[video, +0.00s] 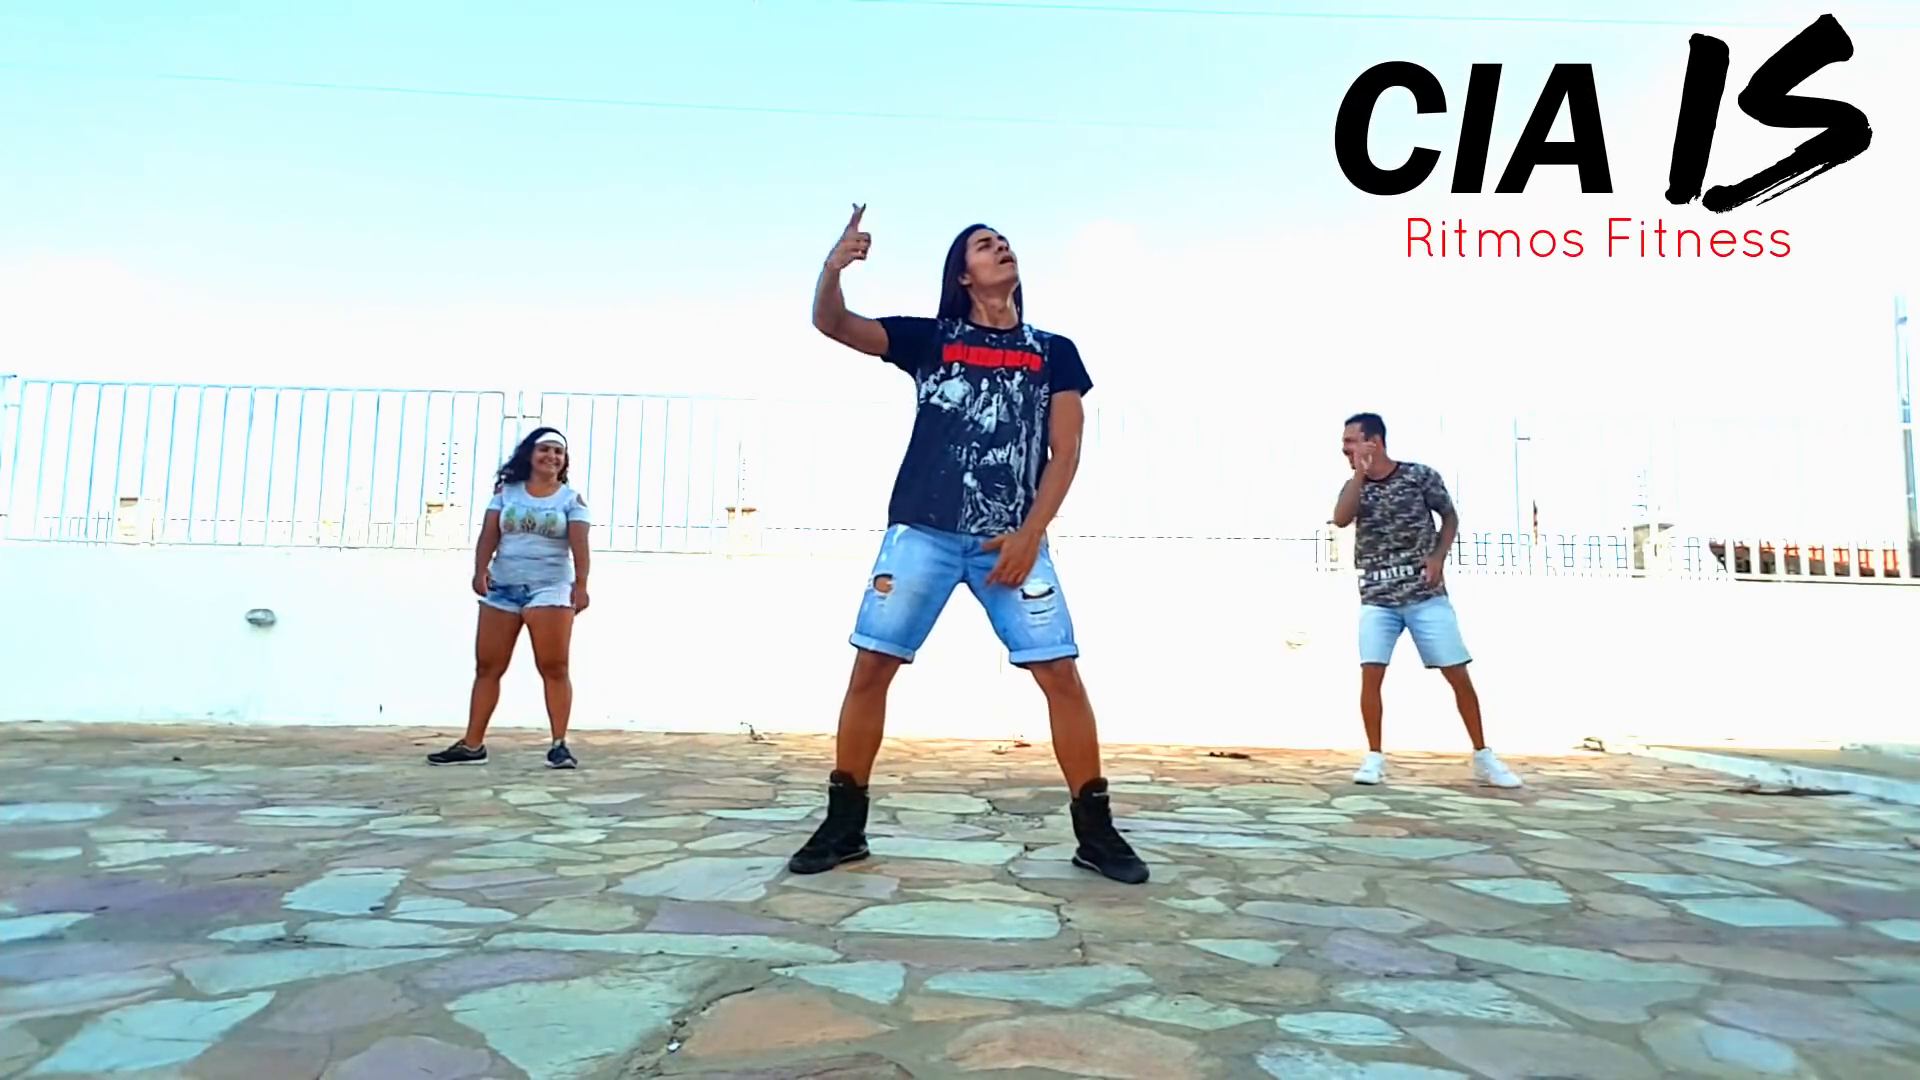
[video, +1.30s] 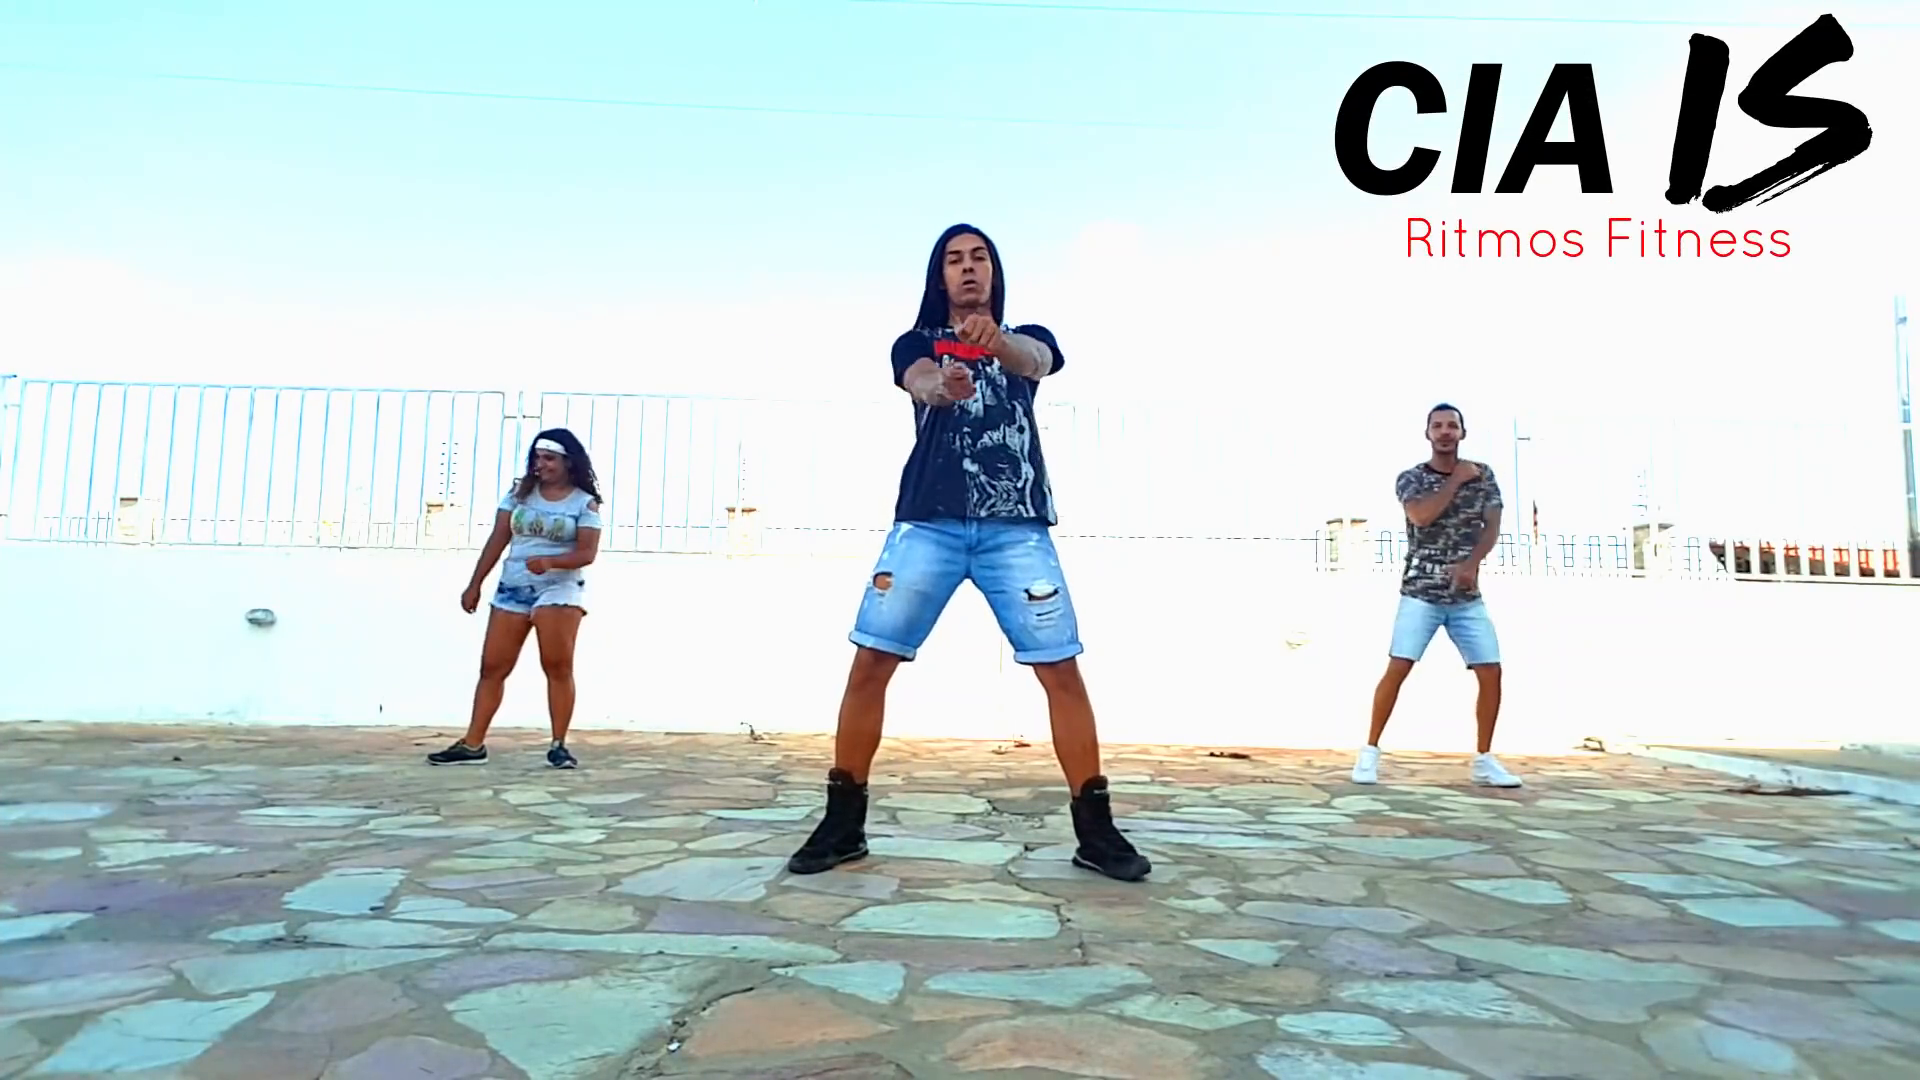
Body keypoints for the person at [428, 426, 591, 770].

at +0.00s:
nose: (550, 454)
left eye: (557, 451)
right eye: (544, 449)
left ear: (564, 460)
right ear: (528, 455)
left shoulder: (571, 500)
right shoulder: (506, 492)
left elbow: (580, 545)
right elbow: (489, 533)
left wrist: (581, 584)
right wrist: (481, 568)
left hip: (550, 589)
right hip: (501, 587)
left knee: (554, 668)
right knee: (487, 667)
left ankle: (559, 743)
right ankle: (472, 743)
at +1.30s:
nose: (543, 464)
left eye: (551, 458)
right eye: (538, 457)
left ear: (570, 462)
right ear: (533, 460)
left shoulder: (584, 504)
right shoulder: (518, 495)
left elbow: (587, 554)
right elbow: (497, 541)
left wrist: (551, 563)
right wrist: (475, 583)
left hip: (558, 591)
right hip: (513, 588)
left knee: (558, 667)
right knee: (492, 667)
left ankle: (558, 745)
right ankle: (472, 743)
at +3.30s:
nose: (527, 459)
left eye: (535, 454)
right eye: (520, 454)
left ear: (550, 462)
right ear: (513, 463)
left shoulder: (561, 496)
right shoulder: (500, 497)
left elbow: (564, 513)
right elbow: (486, 523)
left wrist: (553, 517)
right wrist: (489, 536)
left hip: (543, 589)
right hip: (494, 586)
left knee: (553, 668)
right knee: (479, 666)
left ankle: (558, 744)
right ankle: (471, 744)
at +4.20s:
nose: (531, 454)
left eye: (537, 449)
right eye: (523, 449)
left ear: (545, 459)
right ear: (510, 458)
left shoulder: (555, 495)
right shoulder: (493, 497)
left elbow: (565, 516)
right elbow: (470, 534)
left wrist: (561, 525)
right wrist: (449, 562)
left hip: (539, 588)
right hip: (489, 587)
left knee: (551, 669)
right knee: (471, 668)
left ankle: (556, 744)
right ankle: (471, 744)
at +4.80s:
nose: (489, 446)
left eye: (497, 440)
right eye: (483, 439)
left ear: (508, 448)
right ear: (472, 445)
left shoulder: (512, 483)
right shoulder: (449, 481)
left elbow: (520, 499)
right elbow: (433, 510)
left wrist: (517, 506)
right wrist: (426, 526)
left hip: (501, 570)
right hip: (453, 569)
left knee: (523, 648)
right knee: (434, 655)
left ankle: (544, 724)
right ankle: (438, 730)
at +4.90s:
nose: (468, 435)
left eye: (476, 430)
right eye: (462, 430)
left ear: (491, 436)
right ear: (454, 438)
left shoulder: (505, 467)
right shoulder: (442, 472)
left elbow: (507, 482)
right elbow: (422, 505)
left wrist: (502, 488)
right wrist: (390, 522)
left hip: (487, 565)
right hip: (437, 564)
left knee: (497, 643)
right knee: (419, 646)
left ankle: (507, 725)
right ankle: (419, 723)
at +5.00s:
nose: (453, 439)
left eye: (461, 434)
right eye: (446, 434)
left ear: (477, 441)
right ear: (439, 443)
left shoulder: (491, 472)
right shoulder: (428, 481)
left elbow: (493, 485)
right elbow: (414, 516)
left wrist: (483, 490)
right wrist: (389, 530)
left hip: (474, 570)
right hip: (425, 567)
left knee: (475, 656)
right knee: (399, 648)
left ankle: (477, 738)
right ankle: (383, 724)